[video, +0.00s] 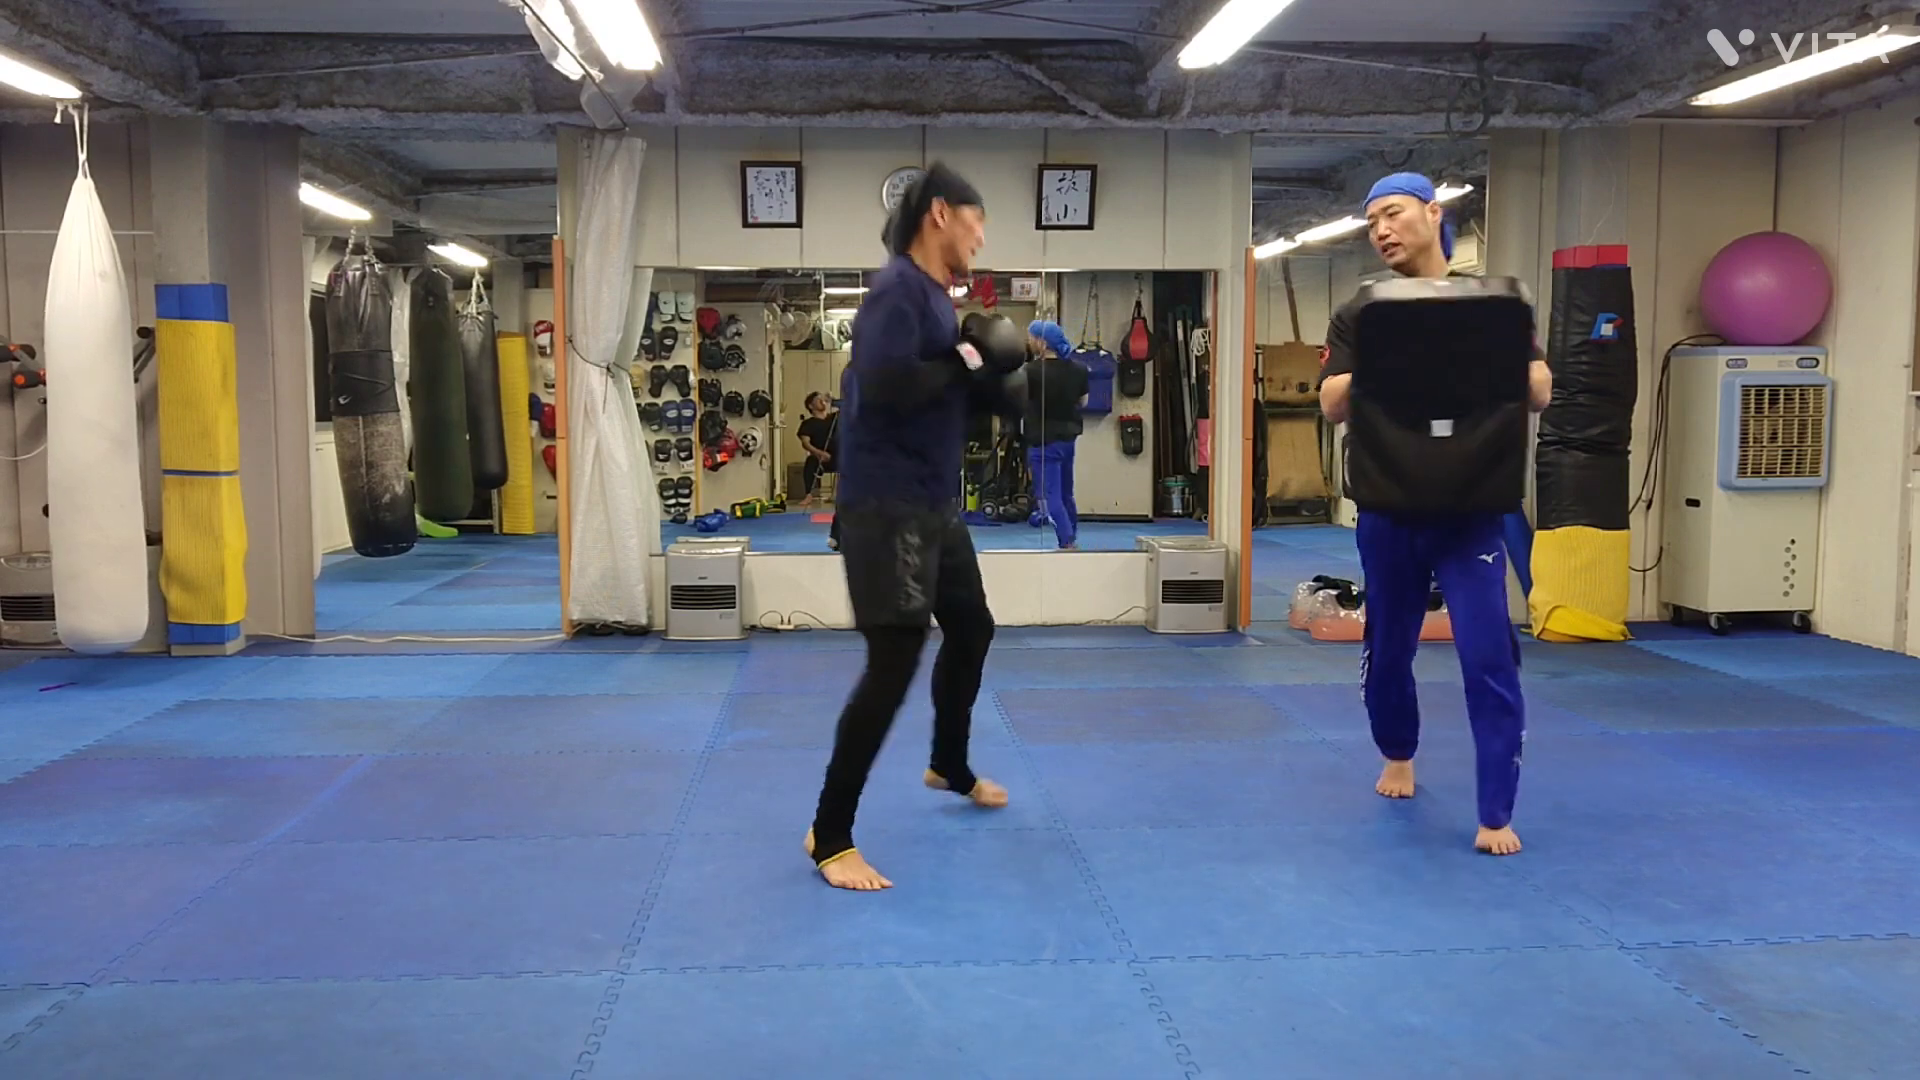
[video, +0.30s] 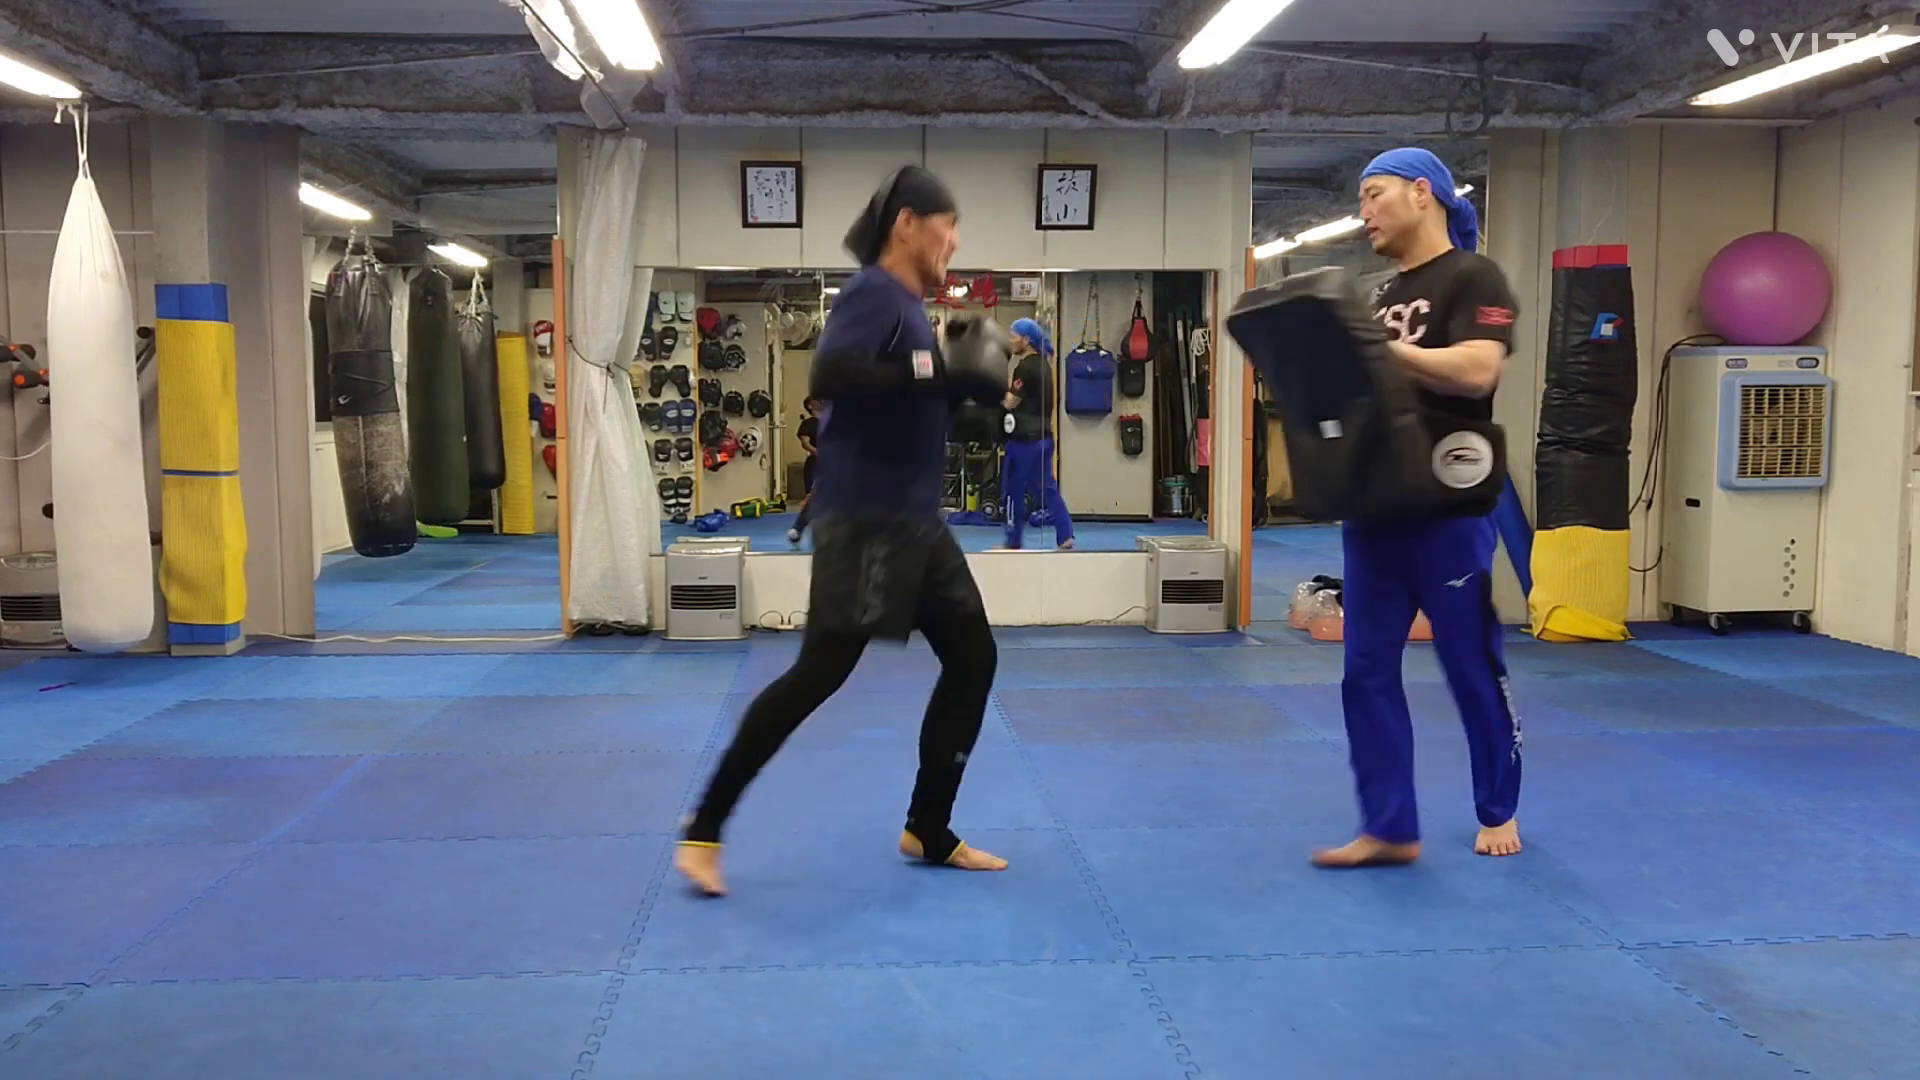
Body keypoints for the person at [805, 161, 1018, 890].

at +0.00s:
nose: (980, 241)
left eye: (983, 229)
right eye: (976, 226)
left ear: (944, 220)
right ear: (939, 215)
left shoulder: (938, 301)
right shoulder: (897, 290)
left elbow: (951, 397)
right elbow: (884, 388)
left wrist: (1013, 382)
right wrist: (965, 360)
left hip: (934, 505)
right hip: (886, 507)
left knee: (971, 629)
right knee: (895, 659)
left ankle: (949, 764)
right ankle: (829, 838)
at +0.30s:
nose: (954, 246)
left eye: (956, 234)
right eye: (947, 230)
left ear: (916, 230)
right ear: (905, 224)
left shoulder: (911, 308)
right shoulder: (873, 293)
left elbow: (916, 407)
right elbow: (830, 373)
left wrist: (974, 381)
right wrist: (935, 369)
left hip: (916, 523)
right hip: (859, 522)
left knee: (973, 657)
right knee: (821, 672)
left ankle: (930, 828)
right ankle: (703, 829)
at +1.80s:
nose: (845, 230)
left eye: (846, 217)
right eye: (832, 218)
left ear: (840, 222)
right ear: (783, 221)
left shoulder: (859, 273)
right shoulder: (742, 310)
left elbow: (922, 297)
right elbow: (677, 387)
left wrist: (966, 293)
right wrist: (632, 444)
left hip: (910, 490)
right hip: (844, 512)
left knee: (964, 625)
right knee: (890, 684)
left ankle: (864, 713)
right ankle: (919, 859)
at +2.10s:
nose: (854, 216)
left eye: (855, 203)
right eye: (840, 203)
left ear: (820, 212)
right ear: (794, 210)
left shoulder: (848, 269)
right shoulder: (763, 316)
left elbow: (876, 251)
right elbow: (798, 405)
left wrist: (865, 253)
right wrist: (829, 299)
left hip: (953, 424)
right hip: (896, 499)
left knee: (1097, 417)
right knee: (919, 678)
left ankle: (1256, 419)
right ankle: (928, 858)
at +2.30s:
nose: (916, 219)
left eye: (918, 206)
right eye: (905, 204)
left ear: (894, 207)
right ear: (857, 200)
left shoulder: (904, 283)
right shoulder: (808, 297)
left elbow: (957, 367)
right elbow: (816, 405)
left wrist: (1031, 353)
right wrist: (882, 334)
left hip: (949, 480)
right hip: (885, 514)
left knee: (1050, 584)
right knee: (911, 691)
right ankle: (923, 860)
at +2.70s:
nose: (1025, 261)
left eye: (1031, 248)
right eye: (1014, 244)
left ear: (1022, 247)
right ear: (968, 235)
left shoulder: (977, 310)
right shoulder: (929, 297)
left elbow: (965, 413)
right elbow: (927, 407)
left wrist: (1015, 463)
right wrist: (1016, 371)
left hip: (935, 510)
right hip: (888, 510)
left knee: (943, 663)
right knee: (915, 669)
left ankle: (903, 811)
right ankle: (855, 839)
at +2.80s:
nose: (1026, 247)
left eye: (1032, 233)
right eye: (1011, 231)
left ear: (1032, 235)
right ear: (968, 230)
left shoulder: (991, 304)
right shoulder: (939, 292)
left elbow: (990, 410)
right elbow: (928, 388)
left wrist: (1046, 459)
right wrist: (1016, 331)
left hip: (948, 509)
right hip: (900, 508)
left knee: (944, 659)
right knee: (929, 660)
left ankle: (905, 812)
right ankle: (870, 835)